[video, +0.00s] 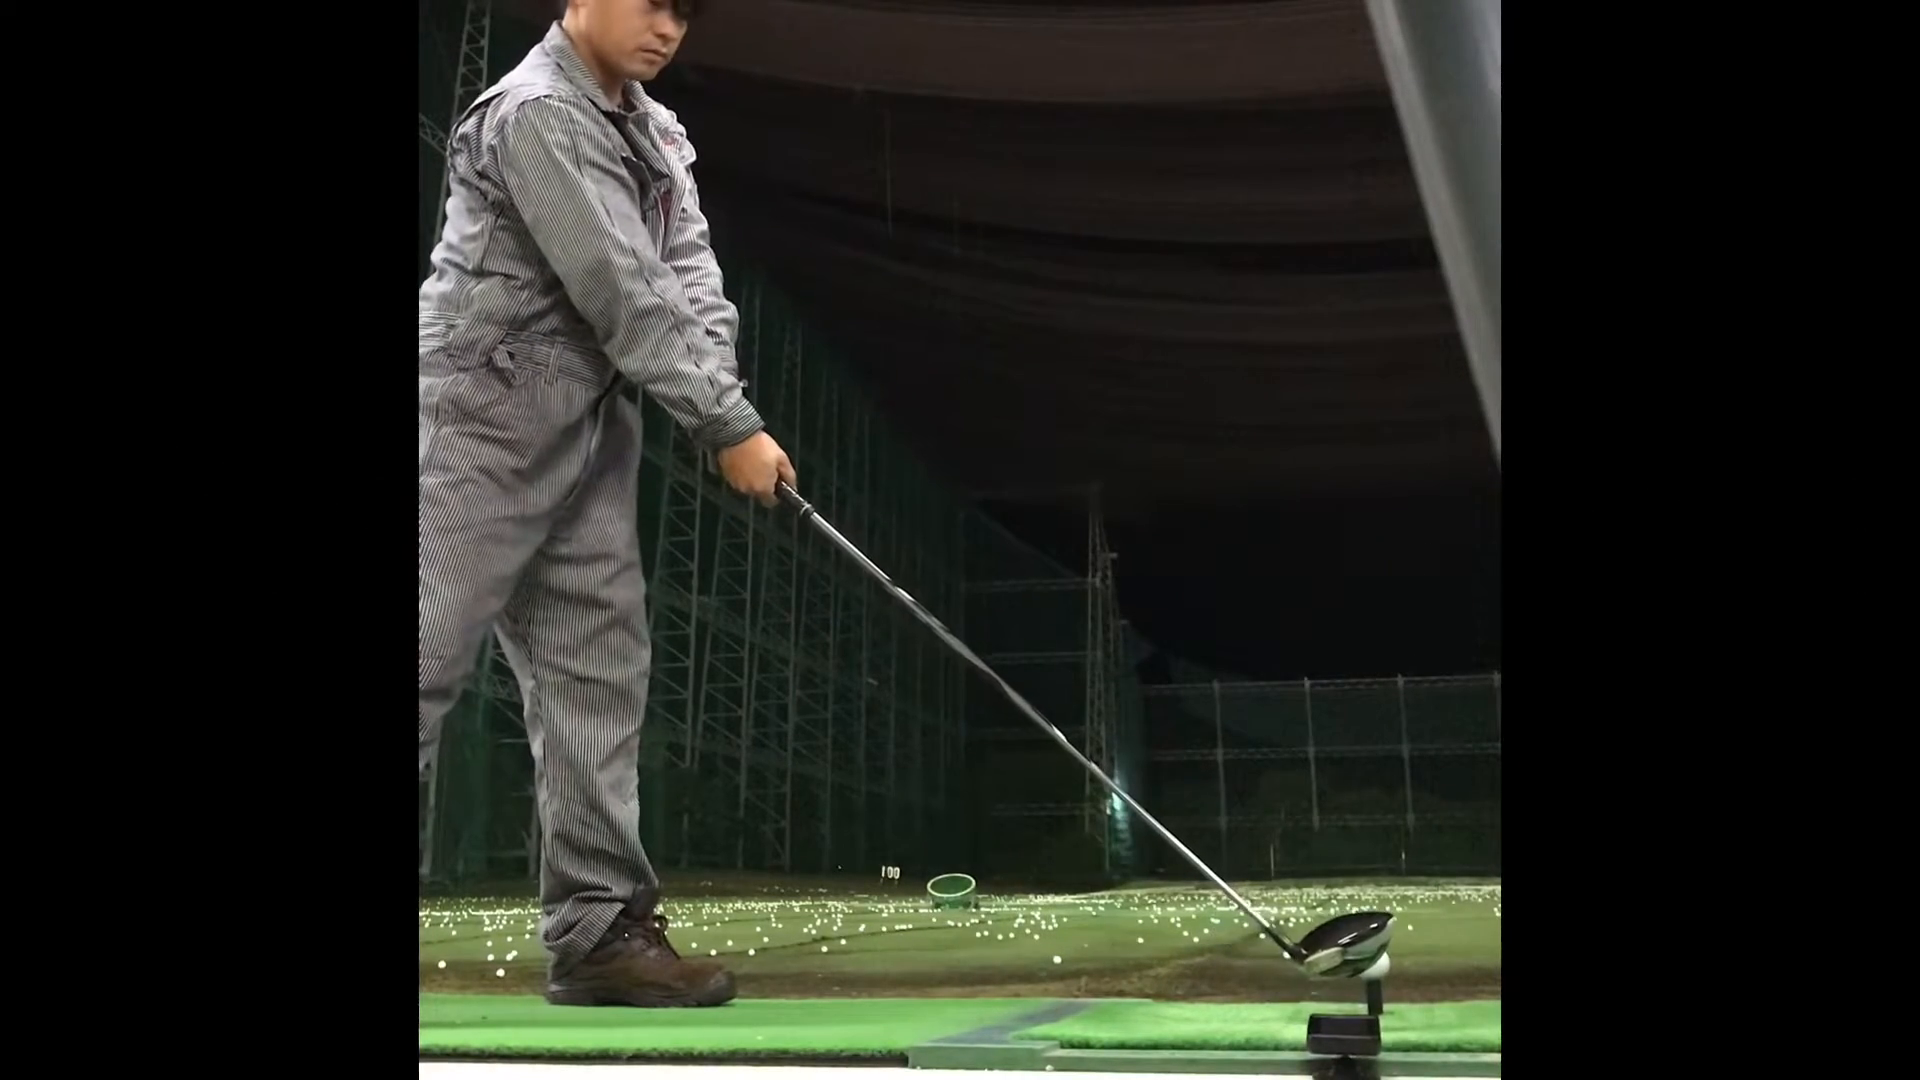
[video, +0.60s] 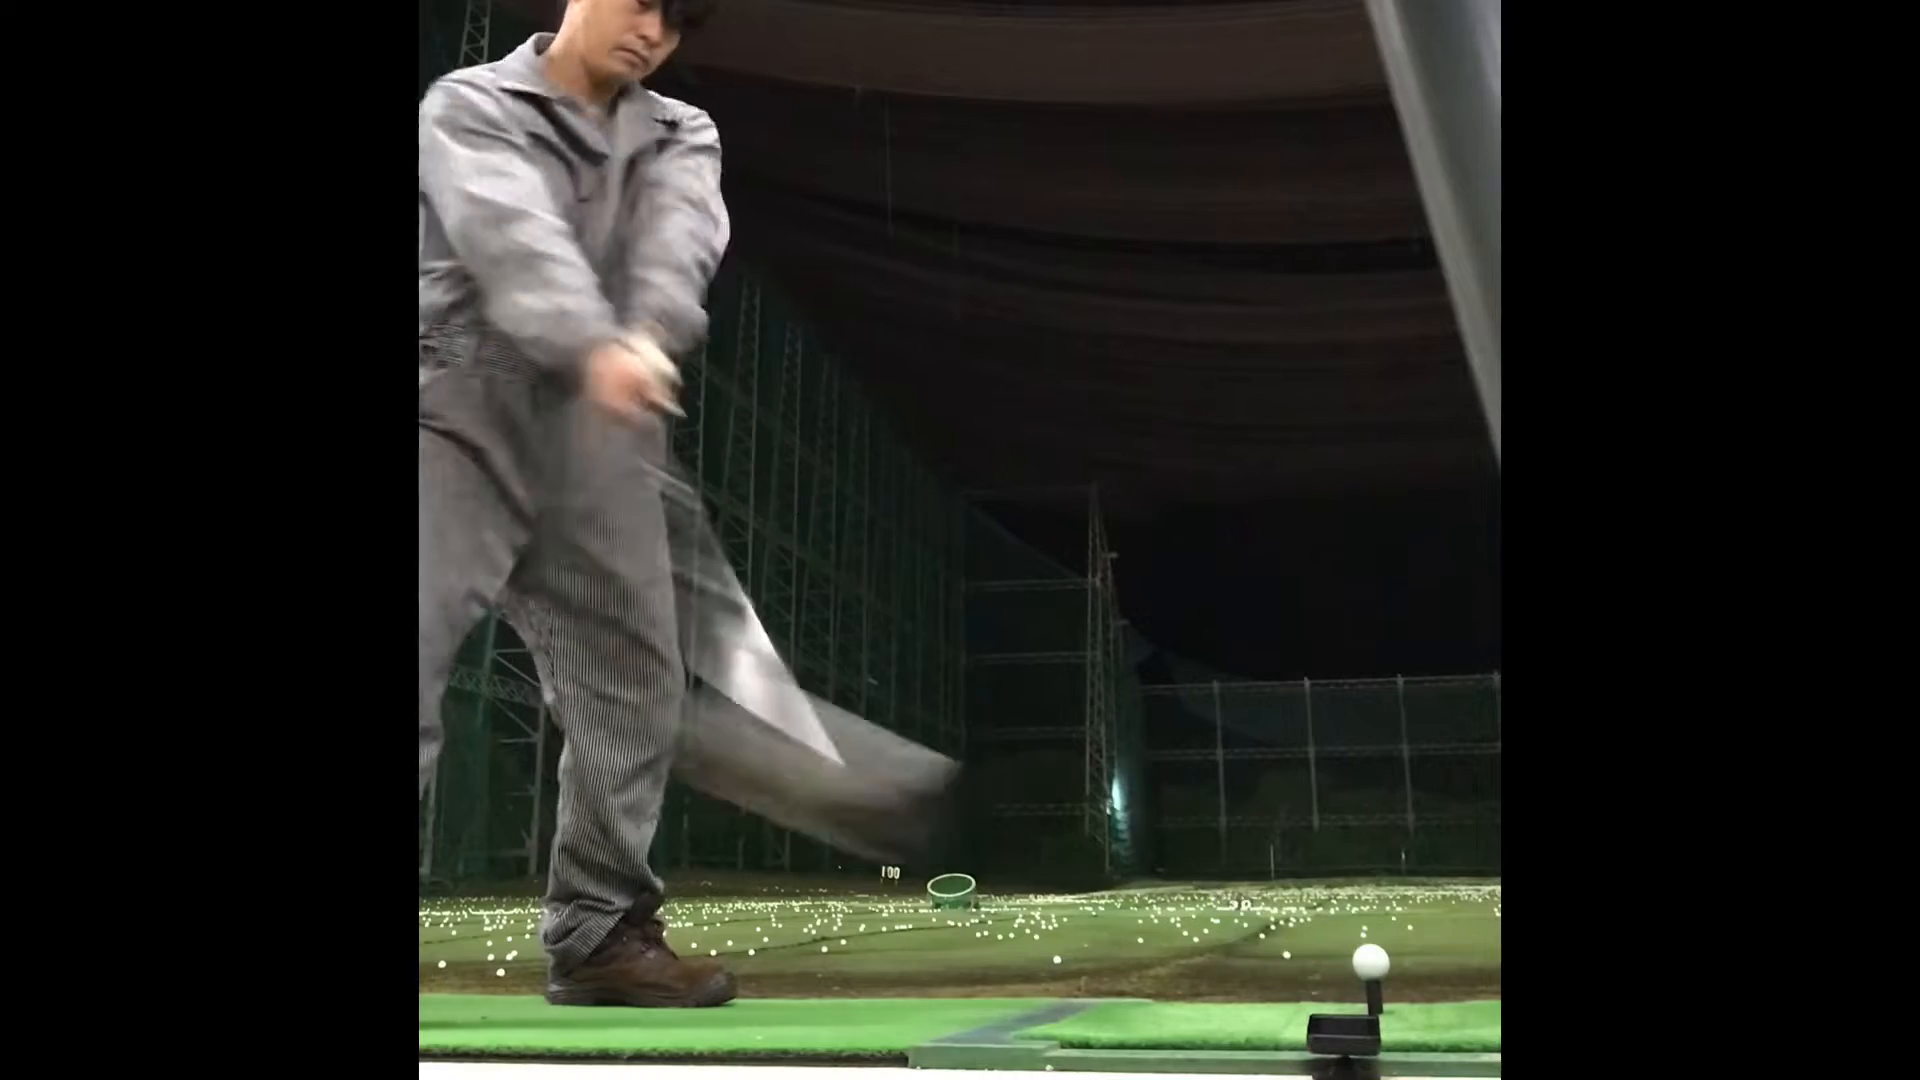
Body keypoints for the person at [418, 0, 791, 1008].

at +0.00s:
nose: (669, 26)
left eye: (679, 11)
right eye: (650, 4)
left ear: (681, 25)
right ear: (581, 4)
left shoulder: (657, 130)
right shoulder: (539, 110)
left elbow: (690, 270)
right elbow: (620, 286)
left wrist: (720, 407)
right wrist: (726, 426)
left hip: (585, 438)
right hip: (474, 426)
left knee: (595, 671)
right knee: (428, 670)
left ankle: (597, 935)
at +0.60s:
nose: (653, 30)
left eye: (670, 20)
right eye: (638, 5)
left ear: (673, 42)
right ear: (574, 2)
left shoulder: (682, 132)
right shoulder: (469, 105)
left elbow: (680, 240)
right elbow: (512, 236)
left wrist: (645, 335)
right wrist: (590, 342)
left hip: (604, 428)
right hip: (460, 421)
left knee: (629, 677)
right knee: (420, 656)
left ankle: (600, 935)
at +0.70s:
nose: (653, 33)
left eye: (672, 26)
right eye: (639, 7)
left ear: (676, 48)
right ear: (577, 2)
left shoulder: (685, 130)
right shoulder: (454, 95)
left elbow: (620, 194)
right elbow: (440, 178)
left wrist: (492, 228)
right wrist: (446, 225)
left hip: (591, 430)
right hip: (441, 413)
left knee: (634, 683)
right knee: (416, 640)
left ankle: (601, 936)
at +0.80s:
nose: (651, 30)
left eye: (672, 24)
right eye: (636, 5)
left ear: (678, 47)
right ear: (578, 4)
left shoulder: (677, 120)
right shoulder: (472, 84)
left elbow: (556, 108)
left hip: (572, 405)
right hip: (435, 386)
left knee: (624, 673)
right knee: (420, 620)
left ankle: (607, 930)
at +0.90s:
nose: (634, 24)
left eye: (647, 21)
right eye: (628, 7)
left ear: (656, 33)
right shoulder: (448, 77)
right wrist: (533, 31)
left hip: (533, 377)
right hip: (427, 378)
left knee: (610, 658)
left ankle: (622, 913)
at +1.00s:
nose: (621, 4)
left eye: (621, 2)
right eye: (626, 4)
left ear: (632, 13)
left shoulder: (606, 64)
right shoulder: (442, 72)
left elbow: (457, 3)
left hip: (506, 374)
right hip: (438, 382)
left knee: (603, 673)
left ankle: (652, 889)